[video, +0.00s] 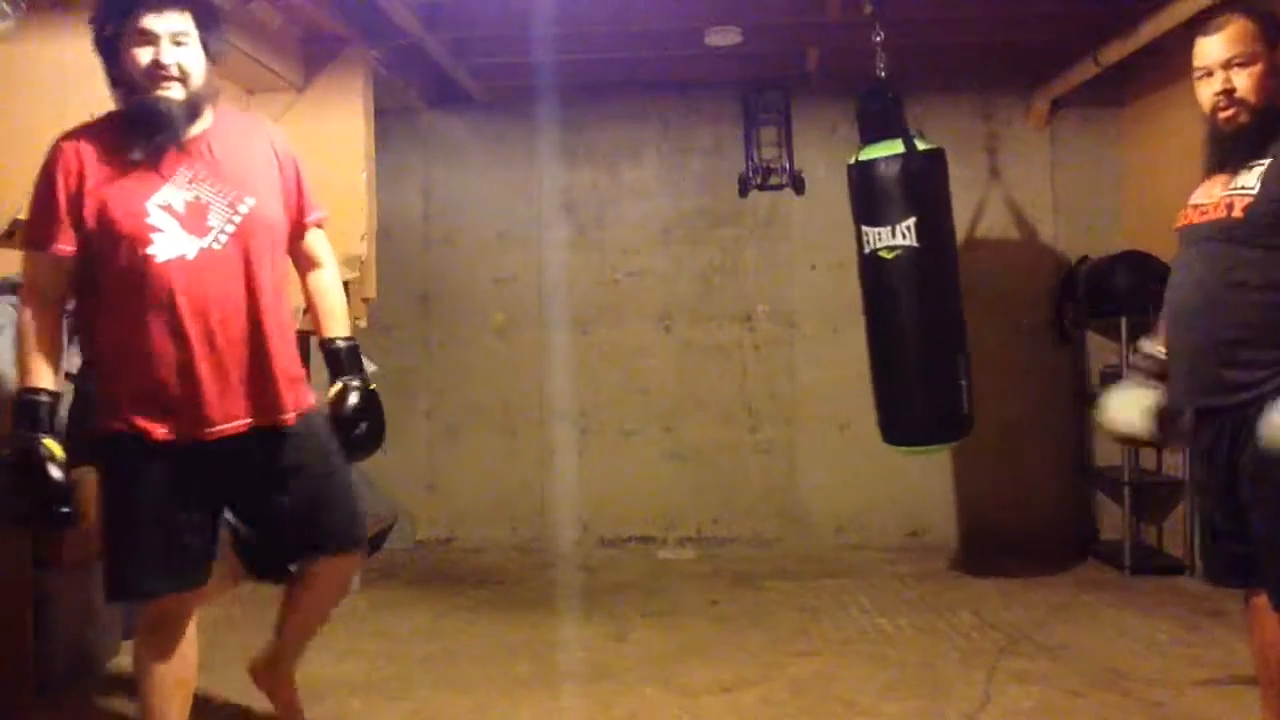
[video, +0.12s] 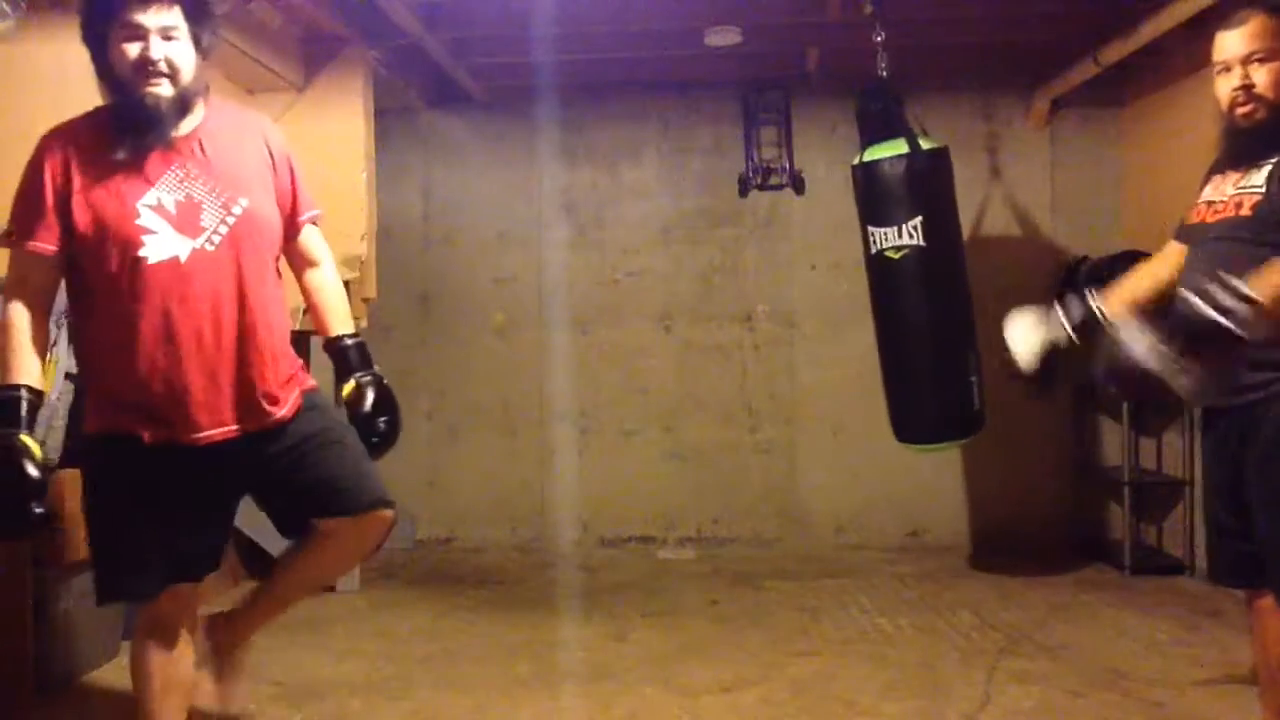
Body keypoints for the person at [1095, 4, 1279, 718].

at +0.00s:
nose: (1221, 86)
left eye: (1239, 65)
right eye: (1205, 74)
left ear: (1274, 67)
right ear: (1194, 87)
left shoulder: (1273, 167)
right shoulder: (1216, 176)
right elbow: (1193, 284)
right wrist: (1159, 361)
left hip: (1263, 408)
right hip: (1214, 410)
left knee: (1268, 591)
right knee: (1254, 589)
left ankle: (1270, 705)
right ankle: (1269, 704)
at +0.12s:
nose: (1240, 81)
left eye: (1257, 62)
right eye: (1224, 68)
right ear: (1211, 81)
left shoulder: (1278, 162)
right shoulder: (1227, 165)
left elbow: (1278, 269)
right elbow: (1175, 257)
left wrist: (1245, 301)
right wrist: (1080, 313)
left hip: (1271, 403)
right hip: (1230, 405)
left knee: (1270, 588)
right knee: (1258, 583)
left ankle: (1270, 702)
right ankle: (1266, 693)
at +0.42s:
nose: (1248, 79)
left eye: (1263, 60)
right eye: (1232, 68)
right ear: (1220, 82)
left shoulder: (1276, 158)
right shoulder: (1230, 163)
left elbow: (1269, 244)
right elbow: (1205, 257)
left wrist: (1213, 230)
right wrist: (1122, 235)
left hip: (1272, 403)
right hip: (1236, 407)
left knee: (1267, 589)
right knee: (1261, 588)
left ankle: (1269, 701)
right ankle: (1269, 704)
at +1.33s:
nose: (1209, 111)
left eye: (1223, 88)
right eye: (1195, 97)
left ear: (1267, 76)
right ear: (1185, 102)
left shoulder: (1274, 166)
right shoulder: (1213, 170)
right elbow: (1210, 278)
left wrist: (1262, 321)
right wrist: (1184, 325)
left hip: (1268, 394)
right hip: (1235, 394)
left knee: (1243, 546)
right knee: (1220, 544)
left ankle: (1267, 691)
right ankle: (1266, 690)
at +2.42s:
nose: (1184, 128)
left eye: (1198, 108)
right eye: (1170, 117)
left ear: (1239, 101)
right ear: (1161, 123)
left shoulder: (1263, 166)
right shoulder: (1205, 187)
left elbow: (1271, 285)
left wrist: (1172, 257)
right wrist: (1130, 286)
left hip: (1252, 413)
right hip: (1222, 414)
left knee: (1241, 594)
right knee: (1234, 590)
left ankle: (1238, 715)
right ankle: (1242, 707)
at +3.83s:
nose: (1238, 117)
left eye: (1253, 97)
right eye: (1228, 106)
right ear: (1223, 117)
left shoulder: (1274, 195)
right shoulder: (1242, 196)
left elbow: (1275, 280)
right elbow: (1193, 291)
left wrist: (1243, 220)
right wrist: (1177, 231)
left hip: (1272, 421)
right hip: (1248, 423)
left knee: (1256, 602)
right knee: (1254, 599)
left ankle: (1242, 711)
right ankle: (1250, 706)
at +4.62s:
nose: (1189, 112)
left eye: (1204, 90)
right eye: (1185, 97)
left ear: (1261, 81)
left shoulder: (1266, 165)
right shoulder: (1233, 174)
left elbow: (1254, 278)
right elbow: (1204, 273)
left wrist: (1144, 238)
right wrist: (1115, 255)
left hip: (1250, 420)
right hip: (1222, 419)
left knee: (1221, 614)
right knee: (1223, 612)